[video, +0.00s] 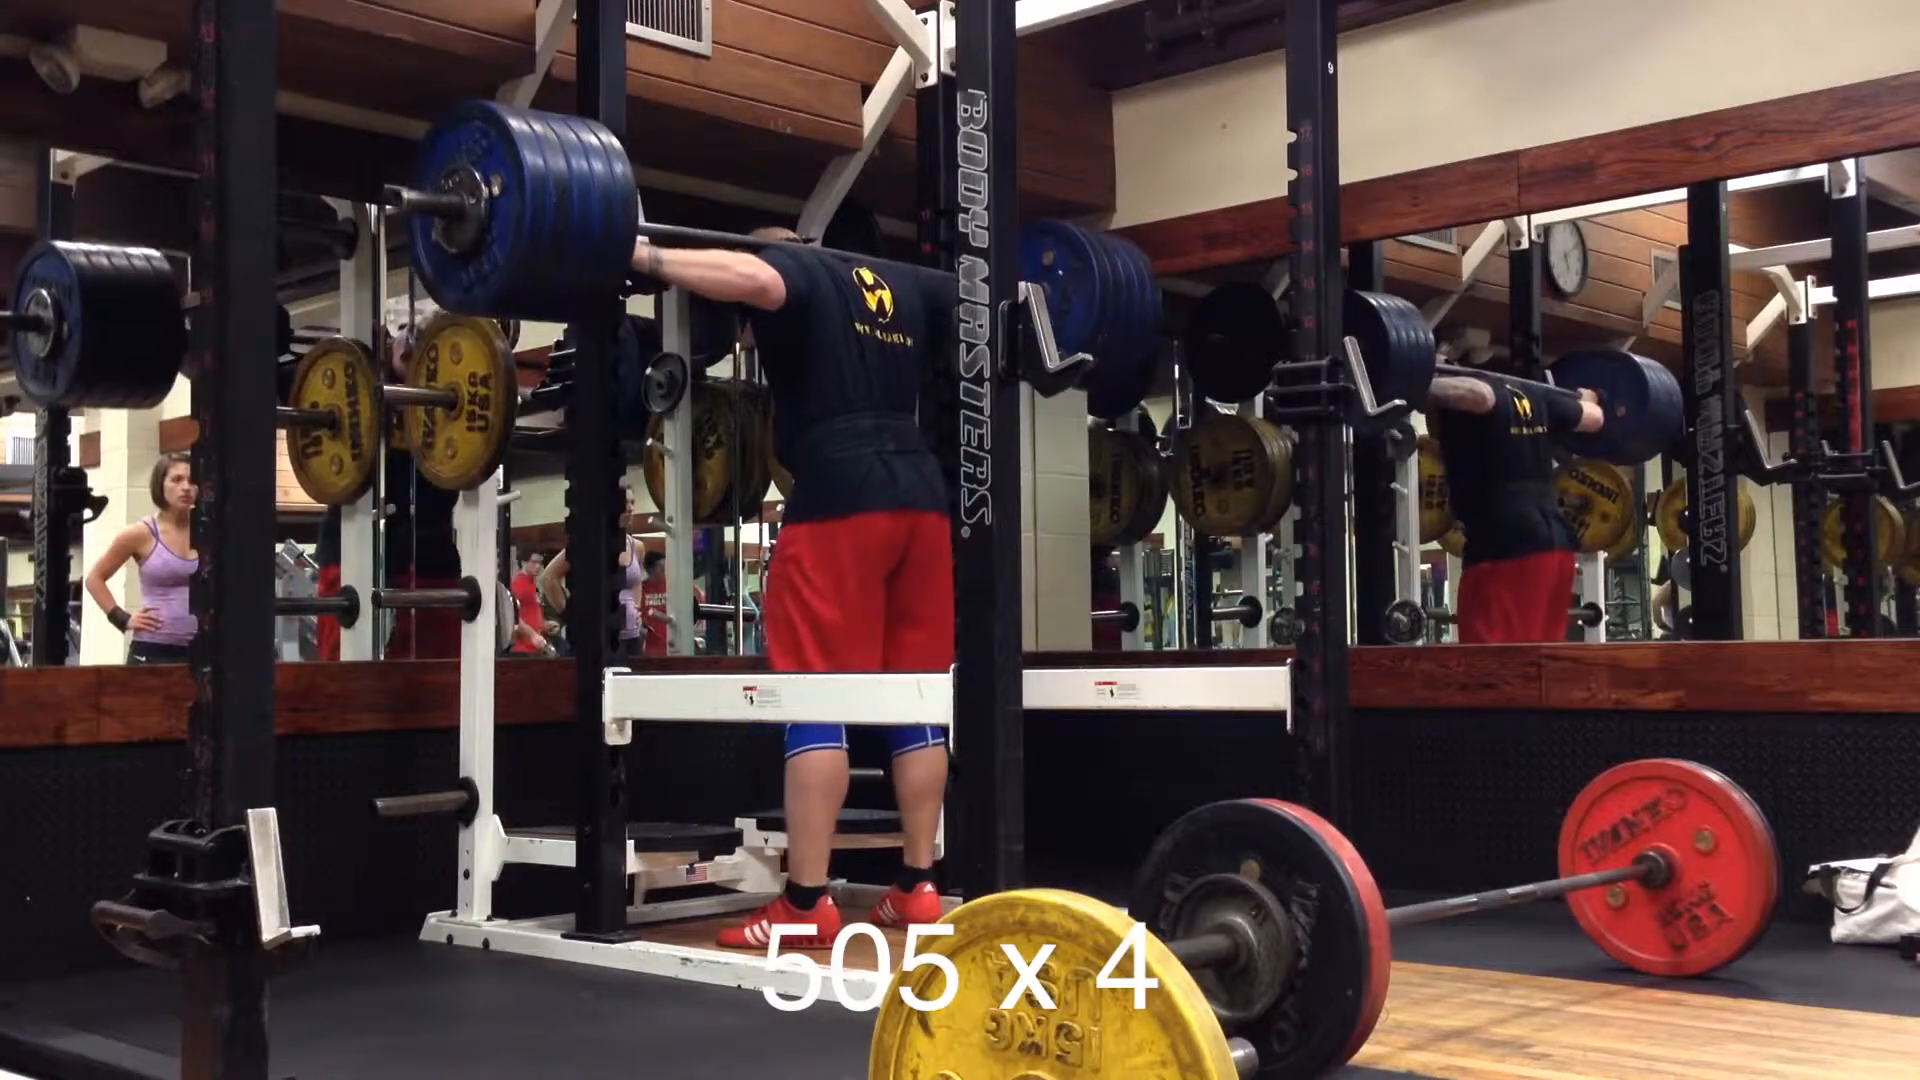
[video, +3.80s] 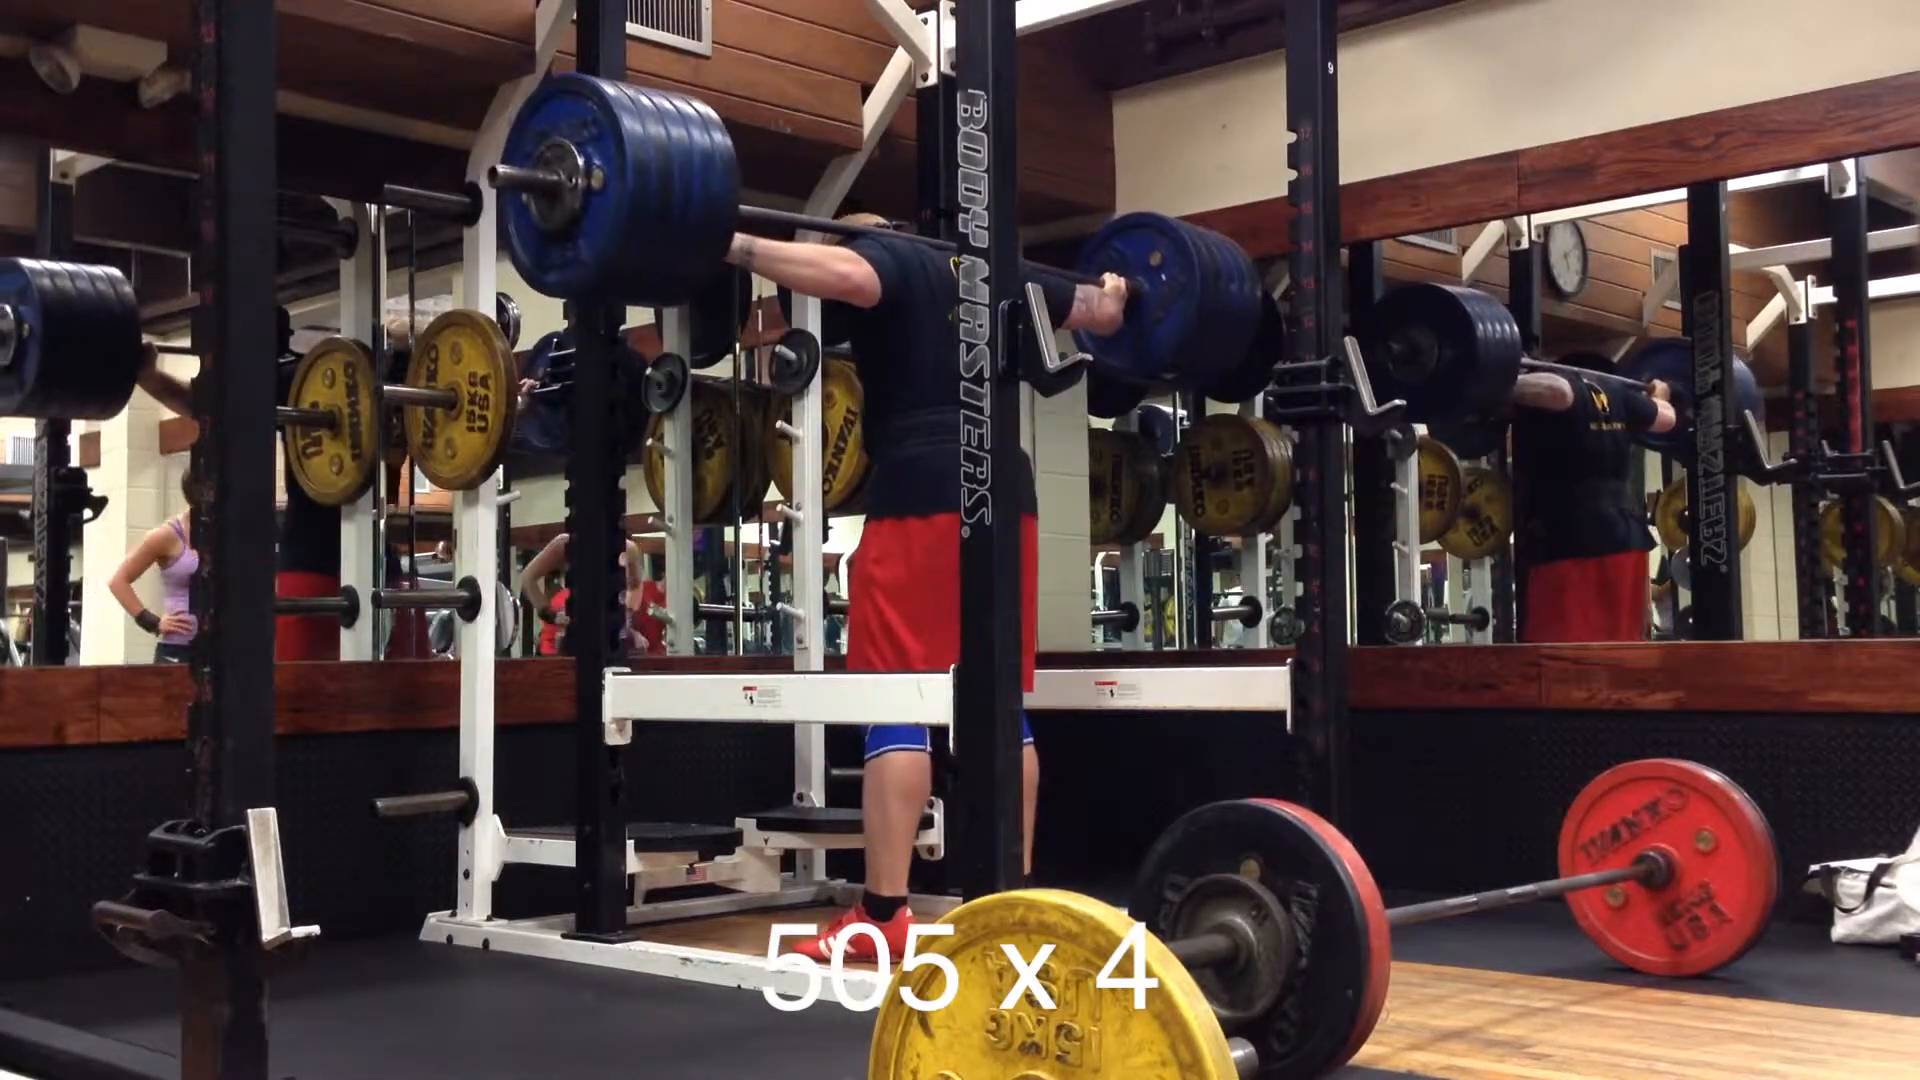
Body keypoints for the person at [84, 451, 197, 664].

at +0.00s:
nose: (186, 488)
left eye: (192, 480)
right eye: (177, 480)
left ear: (200, 487)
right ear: (160, 485)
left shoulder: (205, 529)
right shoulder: (140, 534)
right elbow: (94, 579)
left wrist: (212, 614)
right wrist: (123, 619)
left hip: (199, 647)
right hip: (153, 648)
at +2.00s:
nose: (185, 489)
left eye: (190, 482)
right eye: (175, 482)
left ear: (198, 487)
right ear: (159, 487)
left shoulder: (204, 528)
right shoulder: (140, 534)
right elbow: (93, 579)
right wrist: (124, 620)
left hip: (199, 648)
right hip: (153, 648)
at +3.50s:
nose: (203, 491)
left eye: (200, 485)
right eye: (197, 485)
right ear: (181, 491)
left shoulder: (205, 531)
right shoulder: (144, 534)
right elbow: (97, 580)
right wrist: (128, 620)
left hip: (201, 648)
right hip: (157, 649)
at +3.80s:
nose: (215, 496)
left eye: (218, 487)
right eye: (210, 488)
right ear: (196, 492)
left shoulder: (226, 532)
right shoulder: (167, 536)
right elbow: (118, 582)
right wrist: (155, 624)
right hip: (180, 651)